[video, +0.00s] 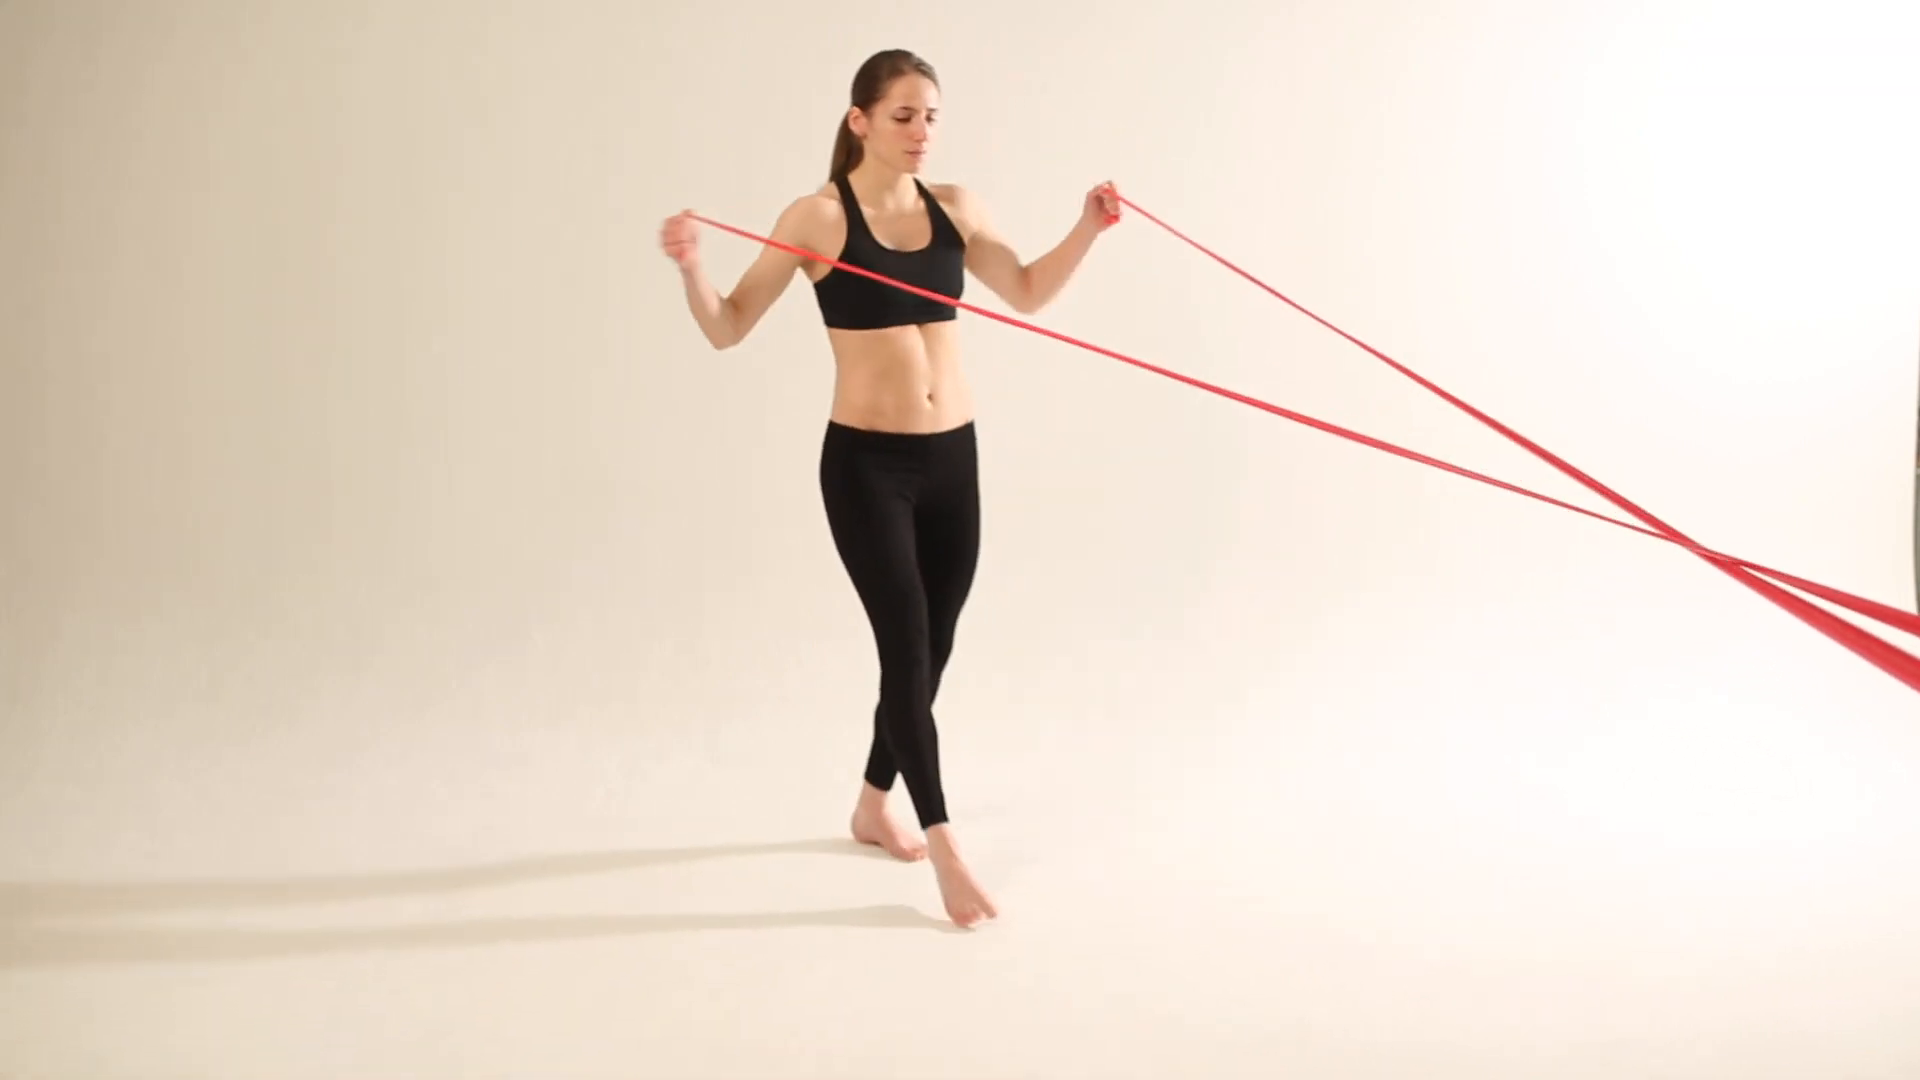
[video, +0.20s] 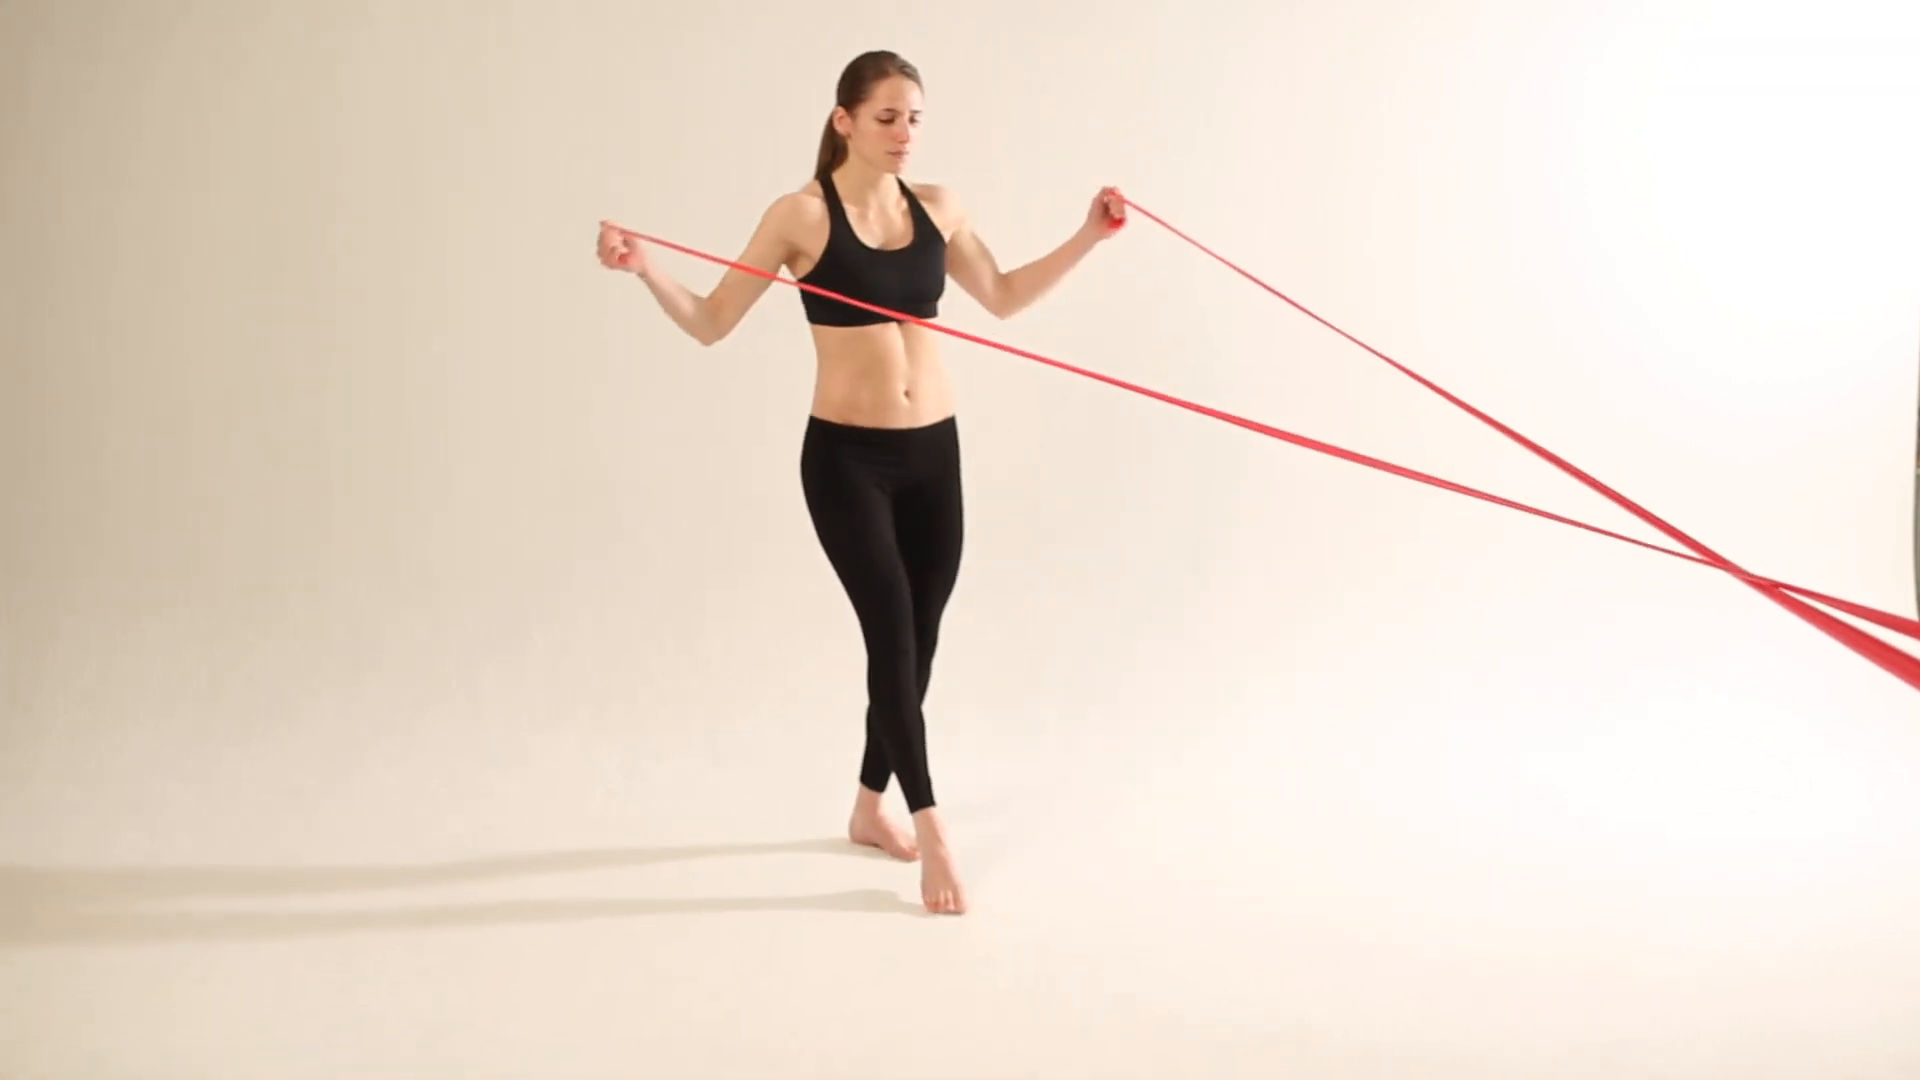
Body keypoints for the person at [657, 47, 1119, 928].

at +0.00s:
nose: (923, 131)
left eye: (931, 116)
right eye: (906, 116)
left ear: (936, 122)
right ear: (860, 121)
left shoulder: (952, 208)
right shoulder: (818, 216)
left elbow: (1026, 291)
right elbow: (727, 328)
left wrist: (1087, 228)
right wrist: (691, 269)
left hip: (953, 459)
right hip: (866, 462)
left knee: (929, 647)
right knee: (907, 649)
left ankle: (872, 802)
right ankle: (946, 853)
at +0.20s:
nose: (905, 132)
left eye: (913, 118)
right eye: (888, 117)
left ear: (921, 123)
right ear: (844, 120)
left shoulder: (935, 207)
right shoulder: (802, 215)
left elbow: (1004, 295)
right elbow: (708, 322)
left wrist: (1089, 235)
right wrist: (643, 267)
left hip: (934, 453)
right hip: (846, 455)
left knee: (916, 638)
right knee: (894, 637)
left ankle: (869, 805)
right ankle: (932, 832)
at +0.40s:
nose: (894, 137)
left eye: (903, 123)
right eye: (878, 122)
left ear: (913, 127)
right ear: (835, 123)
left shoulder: (928, 208)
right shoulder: (794, 215)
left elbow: (991, 307)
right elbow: (707, 326)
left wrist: (1077, 252)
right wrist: (637, 275)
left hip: (930, 452)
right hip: (842, 454)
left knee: (922, 635)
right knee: (885, 629)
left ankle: (871, 803)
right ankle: (924, 829)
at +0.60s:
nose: (896, 138)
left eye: (906, 125)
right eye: (880, 123)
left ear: (916, 129)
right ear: (839, 123)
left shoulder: (929, 210)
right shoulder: (796, 213)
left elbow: (992, 309)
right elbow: (708, 323)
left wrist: (1075, 253)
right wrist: (641, 268)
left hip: (931, 452)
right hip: (842, 453)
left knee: (924, 633)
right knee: (886, 627)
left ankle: (872, 802)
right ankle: (925, 826)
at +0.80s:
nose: (907, 141)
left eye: (916, 127)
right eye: (891, 126)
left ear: (926, 129)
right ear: (848, 126)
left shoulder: (939, 212)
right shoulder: (804, 216)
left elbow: (1012, 307)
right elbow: (715, 324)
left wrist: (1090, 242)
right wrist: (661, 260)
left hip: (940, 455)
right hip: (852, 457)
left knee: (924, 641)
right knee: (899, 636)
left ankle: (870, 805)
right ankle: (941, 832)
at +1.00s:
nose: (924, 142)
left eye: (935, 128)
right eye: (909, 126)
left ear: (942, 132)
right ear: (865, 125)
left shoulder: (961, 213)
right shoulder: (825, 216)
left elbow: (1061, 297)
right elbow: (742, 323)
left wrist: (1115, 227)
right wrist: (734, 255)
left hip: (958, 464)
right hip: (870, 464)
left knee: (940, 652)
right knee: (917, 649)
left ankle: (870, 801)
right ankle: (969, 849)